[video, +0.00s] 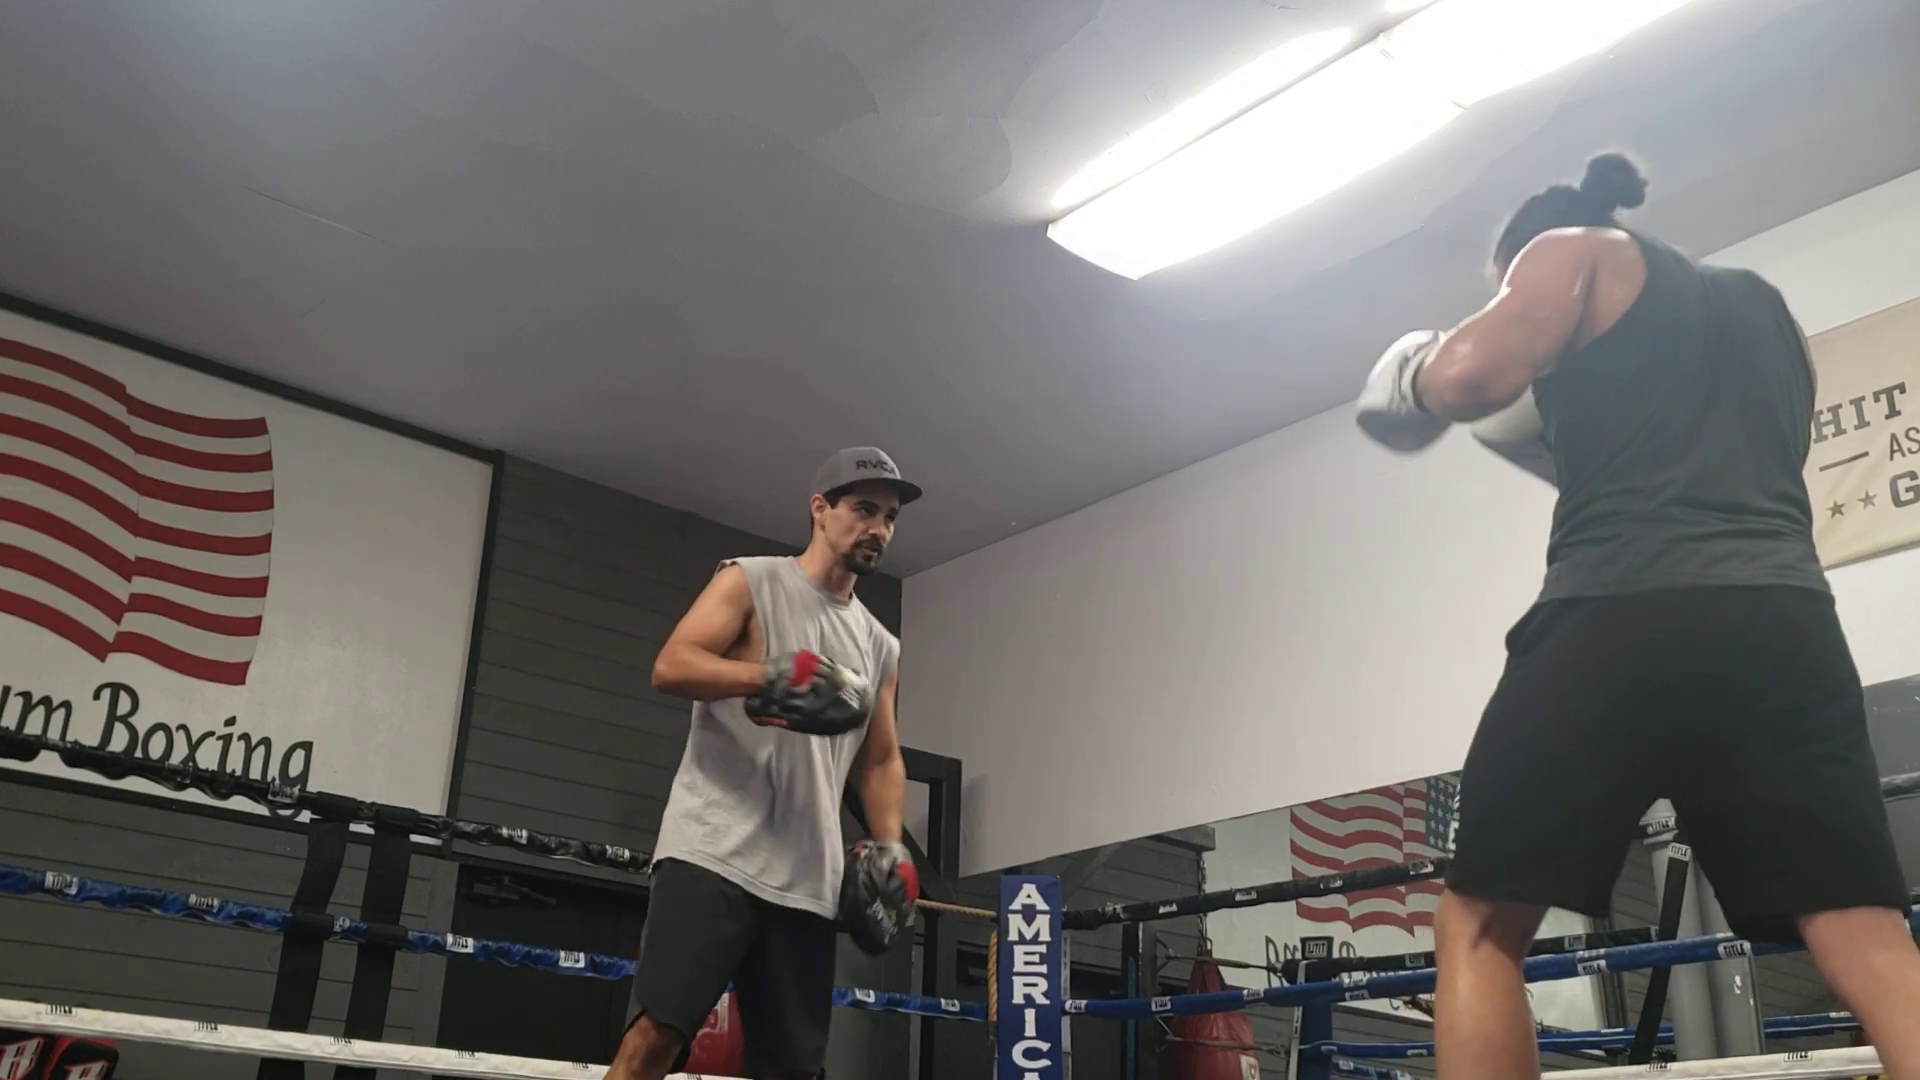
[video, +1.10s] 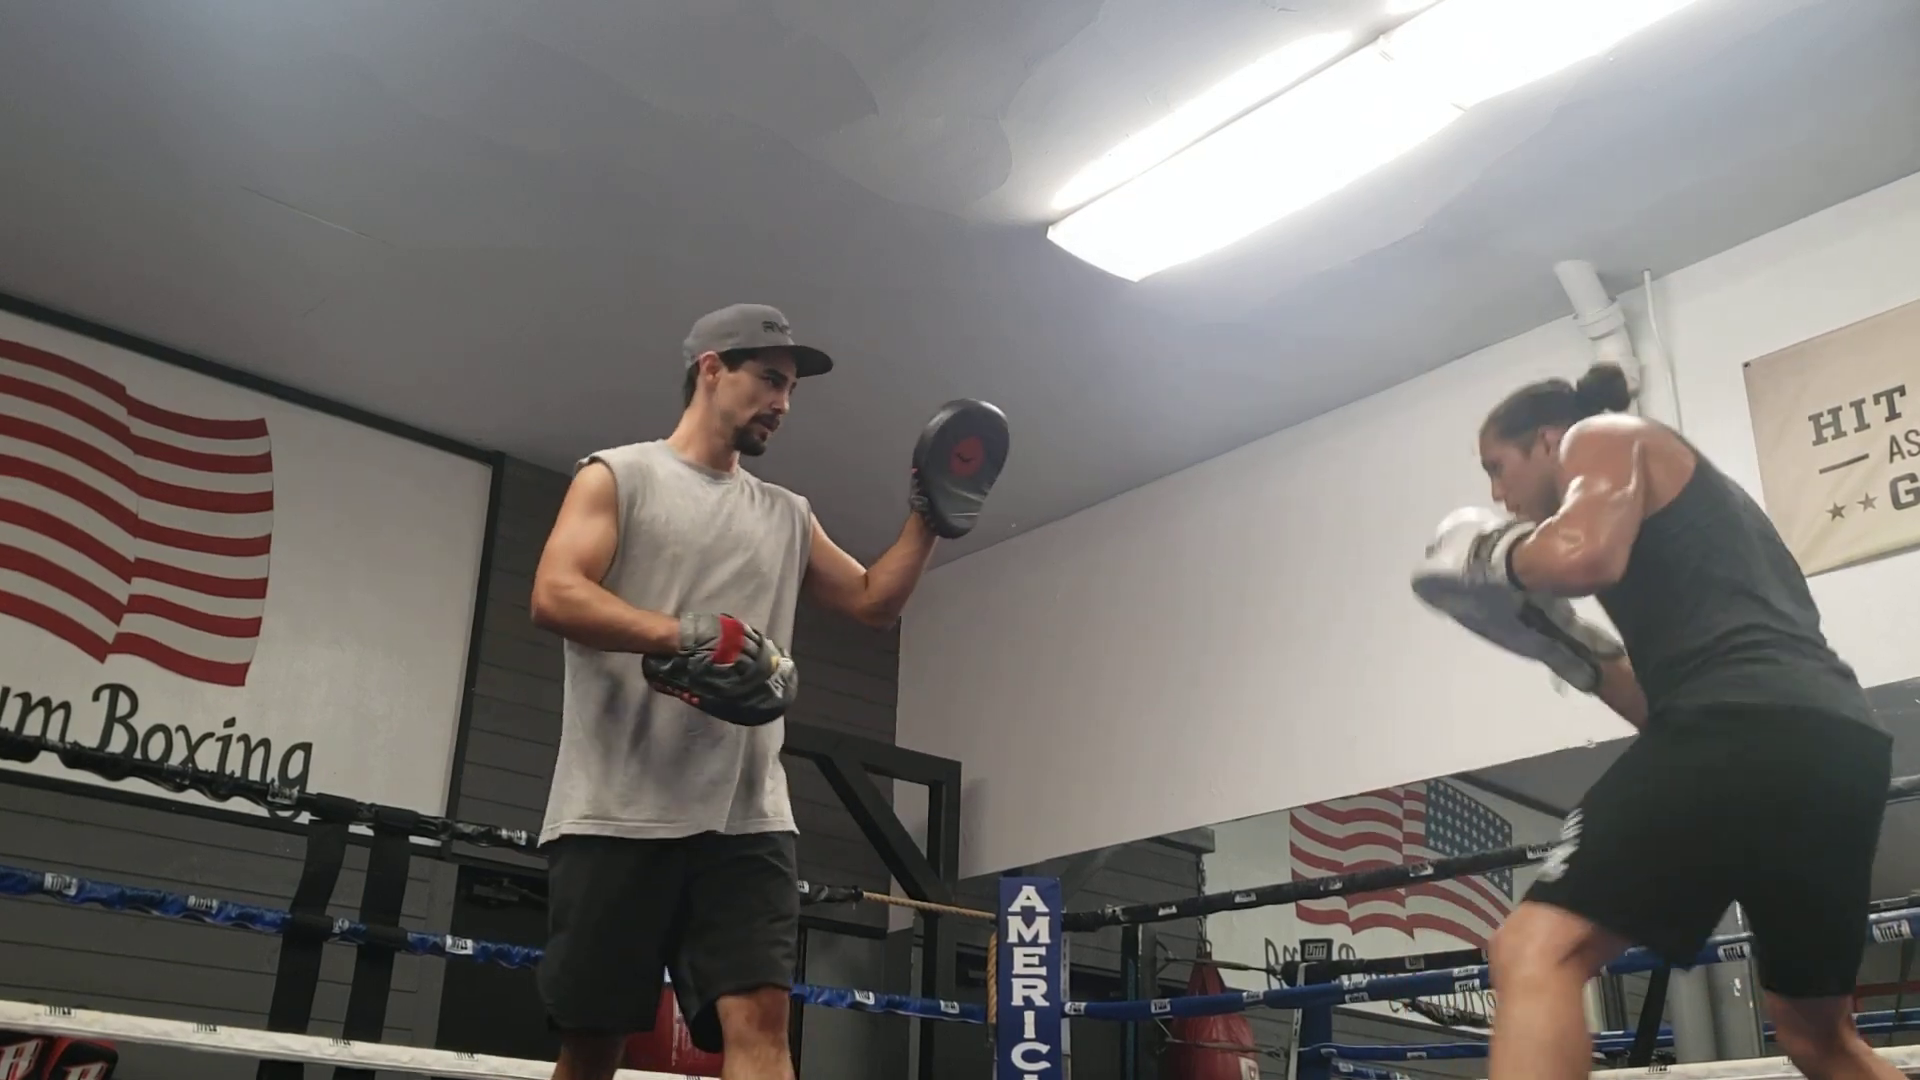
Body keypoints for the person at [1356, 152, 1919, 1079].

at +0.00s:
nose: (1515, 287)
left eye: (1513, 268)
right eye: (1510, 278)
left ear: (1547, 240)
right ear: (1615, 218)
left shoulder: (1578, 247)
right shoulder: (1766, 305)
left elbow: (1469, 378)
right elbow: (1675, 467)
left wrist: (1412, 371)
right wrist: (1512, 425)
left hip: (1613, 627)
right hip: (1782, 623)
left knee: (1481, 930)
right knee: (1871, 941)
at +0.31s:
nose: (1420, 315)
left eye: (1417, 287)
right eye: (1410, 296)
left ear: (1467, 246)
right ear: (1489, 245)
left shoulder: (1531, 292)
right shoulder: (1659, 317)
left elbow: (1409, 473)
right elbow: (1569, 529)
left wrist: (1362, 390)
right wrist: (1464, 420)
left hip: (1625, 634)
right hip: (1776, 631)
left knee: (1476, 939)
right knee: (1838, 952)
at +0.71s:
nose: (1401, 392)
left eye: (1398, 371)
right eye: (1394, 380)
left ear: (1421, 332)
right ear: (1474, 301)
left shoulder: (1470, 335)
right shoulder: (1631, 380)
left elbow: (1350, 508)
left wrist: (1334, 436)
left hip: (1609, 661)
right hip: (1743, 654)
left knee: (1457, 955)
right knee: (1826, 967)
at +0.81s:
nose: (1443, 439)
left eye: (1447, 419)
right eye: (1440, 429)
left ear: (1470, 390)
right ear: (1538, 373)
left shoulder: (1496, 391)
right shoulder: (1672, 442)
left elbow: (1378, 545)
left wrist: (1376, 487)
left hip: (1629, 705)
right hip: (1769, 704)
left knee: (1441, 971)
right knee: (1848, 1008)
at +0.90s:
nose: (1482, 501)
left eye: (1486, 482)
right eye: (1483, 490)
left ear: (1514, 451)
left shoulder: (1539, 457)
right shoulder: (1711, 504)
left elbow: (1431, 586)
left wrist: (1404, 570)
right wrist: (1533, 652)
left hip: (1659, 749)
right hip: (1804, 755)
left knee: (1439, 993)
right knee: (1839, 1038)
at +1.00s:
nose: (1514, 539)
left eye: (1511, 521)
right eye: (1507, 528)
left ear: (1542, 477)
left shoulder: (1581, 471)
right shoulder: (1737, 526)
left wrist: (1456, 605)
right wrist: (1594, 697)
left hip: (1688, 764)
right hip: (1830, 780)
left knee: (1472, 993)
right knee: (1838, 1038)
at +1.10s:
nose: (1498, 497)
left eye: (1497, 470)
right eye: (1489, 480)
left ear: (1544, 436)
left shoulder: (1603, 431)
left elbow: (1585, 554)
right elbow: (1672, 710)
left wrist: (1486, 547)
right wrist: (1566, 642)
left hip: (1727, 725)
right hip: (1840, 736)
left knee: (1535, 950)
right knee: (1819, 1032)